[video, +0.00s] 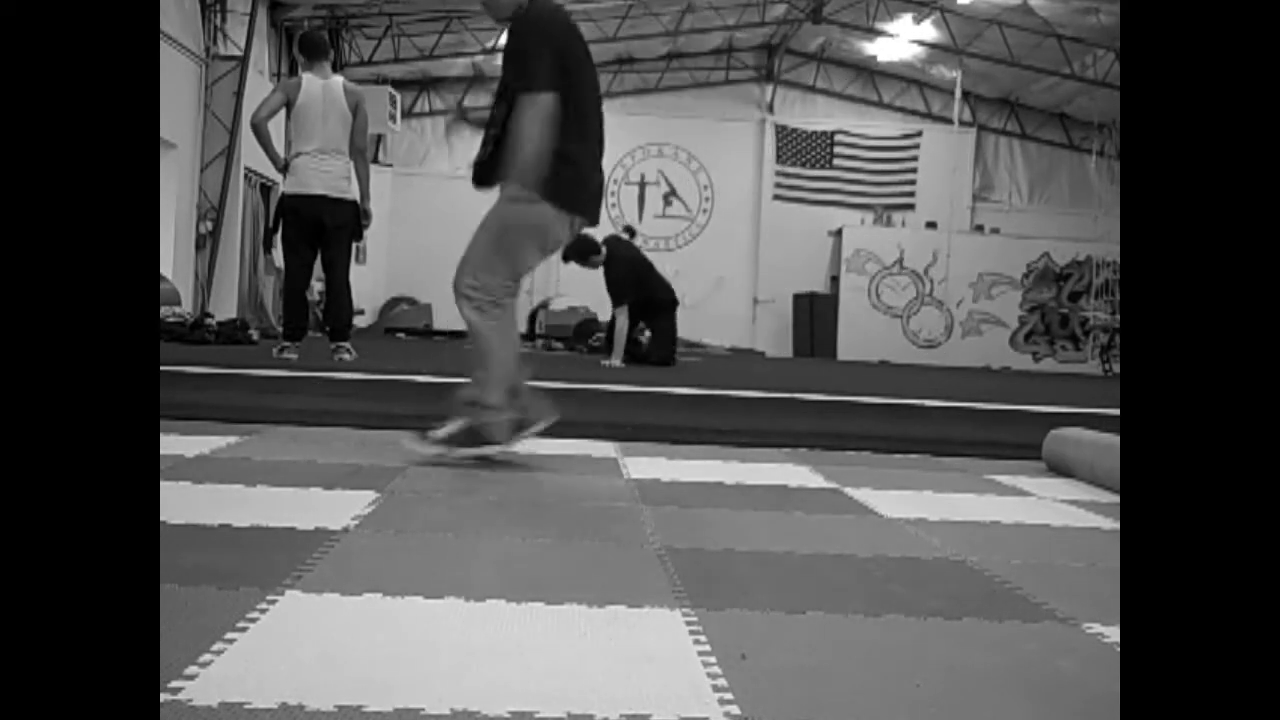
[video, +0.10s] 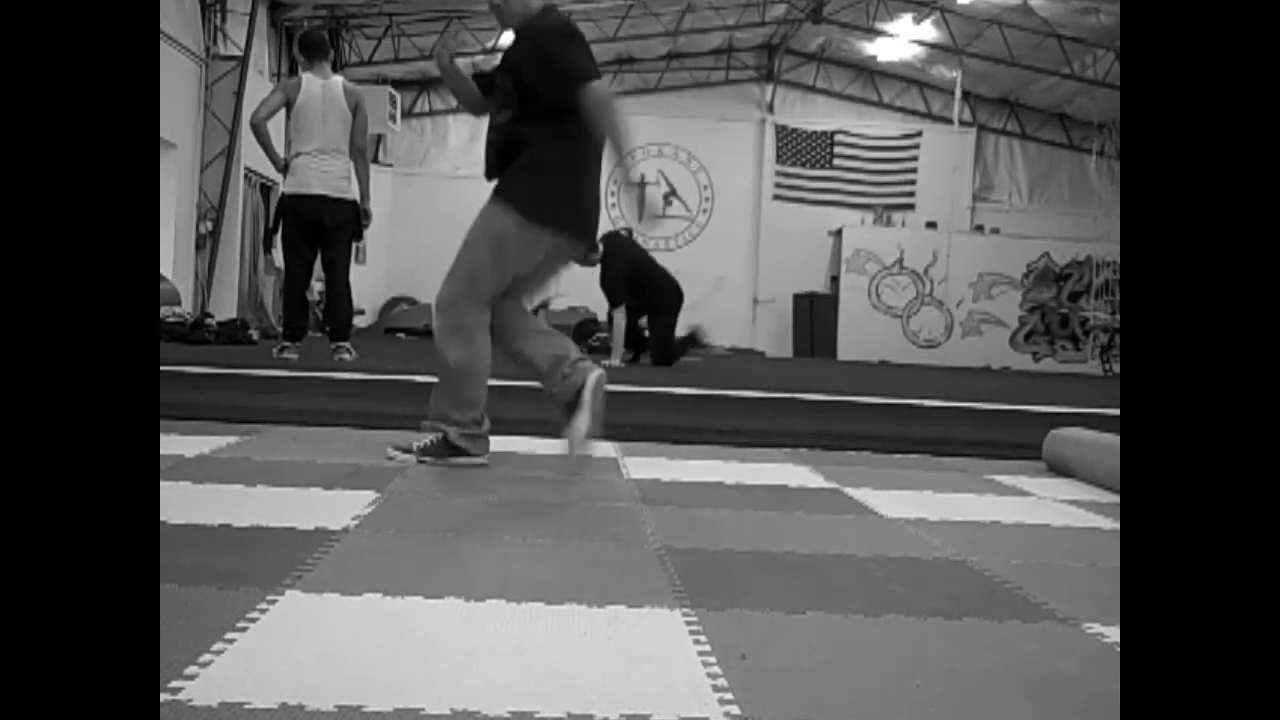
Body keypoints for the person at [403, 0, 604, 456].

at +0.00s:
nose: (486, 11)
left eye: (485, 5)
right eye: (485, 6)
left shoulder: (535, 22)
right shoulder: (548, 23)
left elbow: (538, 108)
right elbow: (539, 110)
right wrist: (474, 120)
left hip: (544, 193)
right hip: (559, 195)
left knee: (479, 288)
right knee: (488, 288)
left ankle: (492, 413)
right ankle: (514, 401)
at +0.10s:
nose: (494, 12)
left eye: (495, 5)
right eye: (492, 7)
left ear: (511, 1)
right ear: (530, 0)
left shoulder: (547, 31)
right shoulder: (525, 47)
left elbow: (599, 101)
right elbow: (478, 100)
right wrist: (446, 63)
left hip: (533, 197)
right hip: (571, 209)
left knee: (459, 300)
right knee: (497, 307)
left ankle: (462, 432)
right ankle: (573, 378)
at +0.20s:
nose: (511, 14)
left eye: (514, 5)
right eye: (509, 8)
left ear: (534, 1)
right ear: (535, 9)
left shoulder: (578, 34)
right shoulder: (531, 55)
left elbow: (646, 84)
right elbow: (486, 113)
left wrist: (654, 171)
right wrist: (453, 92)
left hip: (555, 214)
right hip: (583, 222)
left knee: (488, 305)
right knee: (535, 316)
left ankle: (462, 431)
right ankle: (602, 404)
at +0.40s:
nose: (561, 27)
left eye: (569, 14)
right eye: (556, 19)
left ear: (600, 8)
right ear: (557, 22)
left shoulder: (634, 48)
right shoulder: (575, 84)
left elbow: (645, 116)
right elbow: (579, 172)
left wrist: (570, 146)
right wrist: (569, 241)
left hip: (652, 214)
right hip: (603, 224)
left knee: (604, 304)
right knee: (590, 338)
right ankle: (651, 449)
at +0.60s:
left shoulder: (709, 5)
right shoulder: (628, 15)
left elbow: (723, 79)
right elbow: (630, 93)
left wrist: (644, 115)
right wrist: (616, 115)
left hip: (710, 145)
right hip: (655, 153)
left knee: (698, 264)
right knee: (637, 291)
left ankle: (793, 337)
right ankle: (663, 418)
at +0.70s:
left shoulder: (748, 7)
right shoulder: (661, 13)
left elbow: (757, 82)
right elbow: (618, 91)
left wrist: (671, 95)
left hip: (736, 171)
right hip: (677, 171)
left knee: (741, 285)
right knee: (656, 290)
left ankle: (786, 400)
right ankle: (674, 415)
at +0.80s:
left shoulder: (782, 28)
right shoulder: (691, 32)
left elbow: (785, 112)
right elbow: (644, 94)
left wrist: (703, 107)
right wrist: (676, 22)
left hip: (766, 209)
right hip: (701, 205)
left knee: (774, 335)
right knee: (678, 328)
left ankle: (784, 442)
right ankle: (662, 433)